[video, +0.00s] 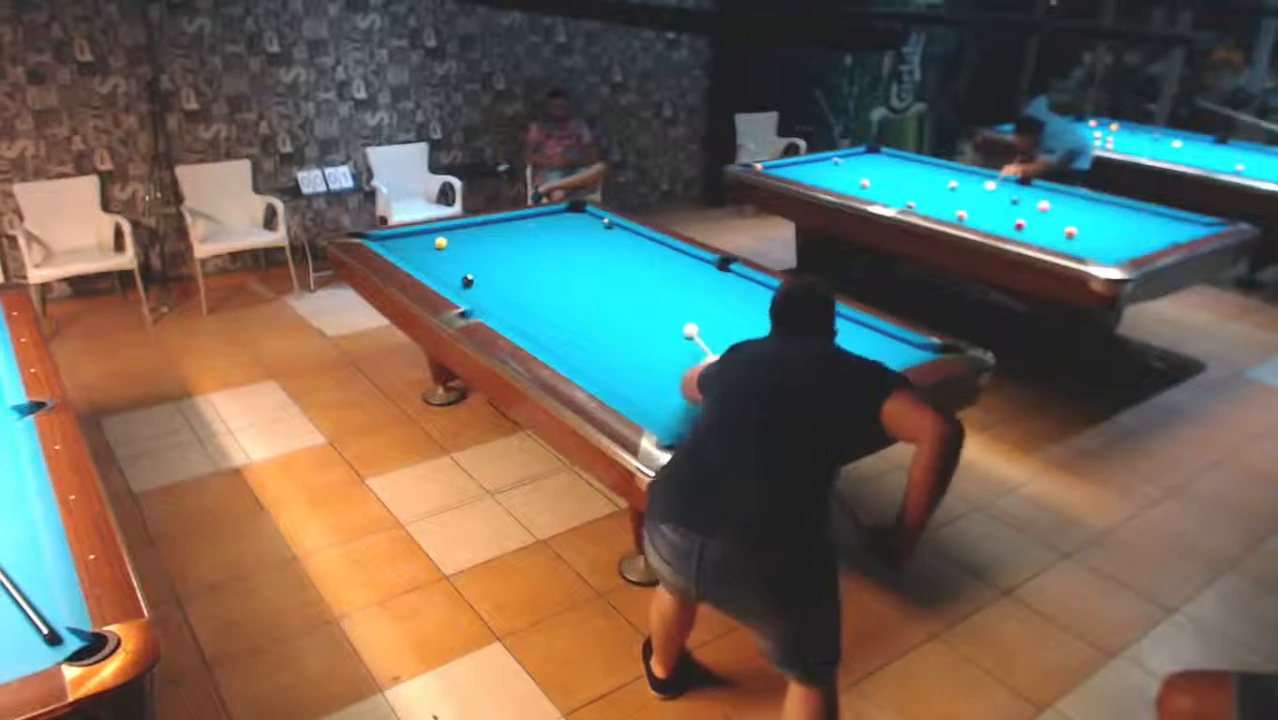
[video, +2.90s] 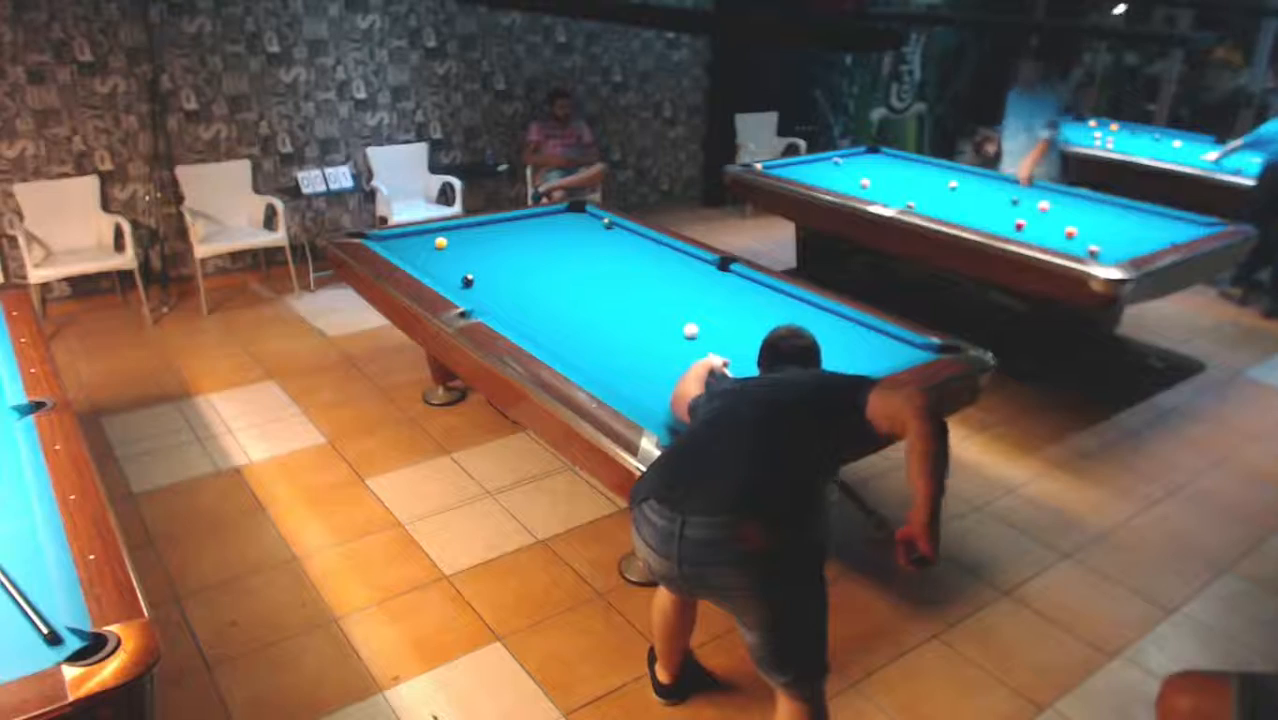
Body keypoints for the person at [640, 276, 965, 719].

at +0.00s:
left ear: (774, 320)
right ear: (830, 326)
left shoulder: (741, 356)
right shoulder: (857, 375)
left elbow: (691, 385)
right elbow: (939, 431)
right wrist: (905, 536)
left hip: (674, 524)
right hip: (770, 550)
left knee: (674, 586)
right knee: (810, 675)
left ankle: (663, 672)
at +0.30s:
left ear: (814, 277)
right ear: (884, 281)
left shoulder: (771, 336)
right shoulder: (908, 366)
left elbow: (687, 378)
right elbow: (994, 481)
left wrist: (723, 355)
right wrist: (961, 518)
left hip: (725, 562)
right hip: (829, 586)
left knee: (694, 611)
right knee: (832, 696)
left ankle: (666, 677)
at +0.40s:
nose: (817, 281)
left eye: (818, 270)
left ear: (823, 275)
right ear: (892, 276)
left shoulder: (777, 331)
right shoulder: (923, 367)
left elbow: (686, 353)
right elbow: (1007, 487)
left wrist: (700, 327)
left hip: (728, 559)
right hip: (831, 587)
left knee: (699, 606)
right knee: (833, 695)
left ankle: (669, 686)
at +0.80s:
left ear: (812, 279)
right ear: (876, 292)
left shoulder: (755, 328)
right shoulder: (897, 359)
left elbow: (685, 366)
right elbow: (973, 444)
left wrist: (702, 338)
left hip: (710, 541)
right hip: (810, 569)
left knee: (688, 599)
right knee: (822, 692)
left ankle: (668, 676)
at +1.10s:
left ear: (769, 292)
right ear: (828, 296)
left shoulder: (733, 332)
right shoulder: (847, 340)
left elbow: (690, 377)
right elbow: (920, 397)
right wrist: (894, 507)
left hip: (660, 499)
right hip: (756, 516)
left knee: (673, 591)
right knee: (793, 683)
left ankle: (668, 677)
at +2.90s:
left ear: (762, 365)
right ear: (816, 364)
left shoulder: (727, 392)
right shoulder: (838, 391)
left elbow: (683, 399)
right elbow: (919, 412)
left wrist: (705, 363)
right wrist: (923, 519)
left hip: (655, 522)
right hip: (754, 541)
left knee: (674, 582)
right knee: (796, 689)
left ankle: (668, 675)